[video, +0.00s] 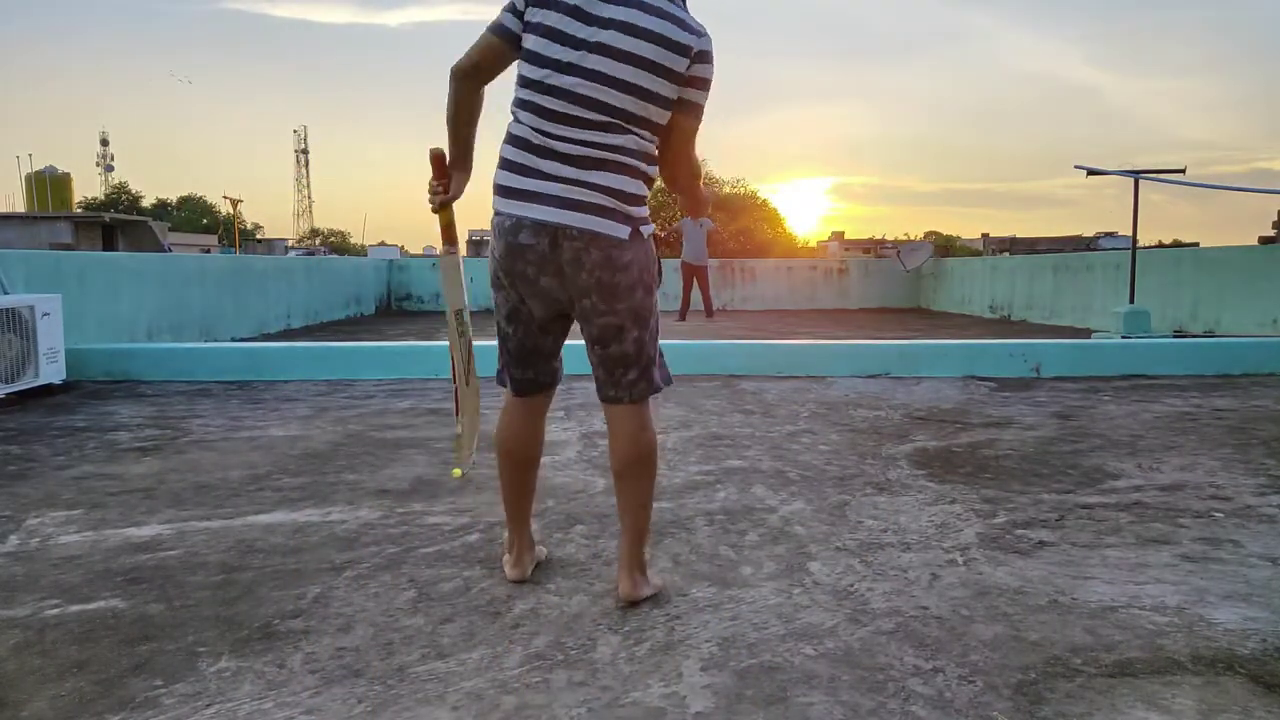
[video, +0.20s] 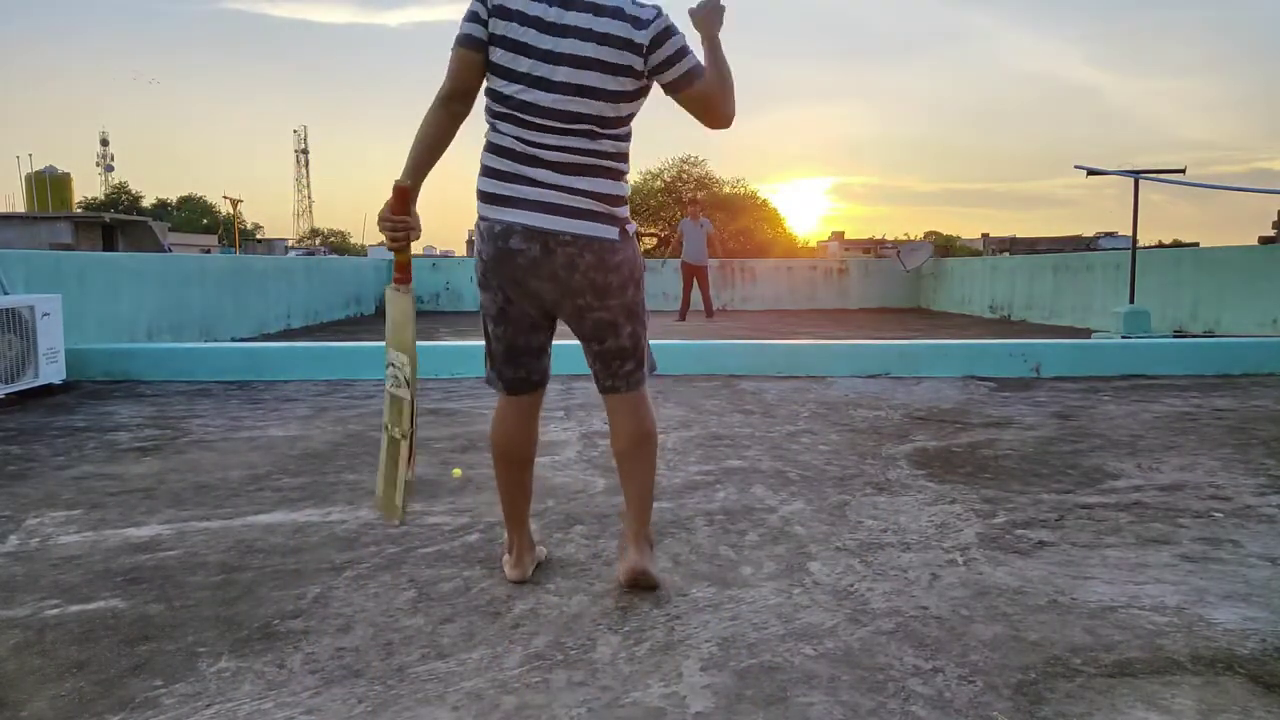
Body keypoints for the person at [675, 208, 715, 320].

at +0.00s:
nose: (693, 212)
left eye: (696, 209)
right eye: (691, 209)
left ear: (701, 209)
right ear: (687, 209)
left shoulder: (705, 222)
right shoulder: (684, 222)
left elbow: (716, 233)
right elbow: (672, 229)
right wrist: (664, 232)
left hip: (701, 260)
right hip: (687, 260)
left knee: (705, 290)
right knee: (686, 290)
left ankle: (710, 314)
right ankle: (682, 316)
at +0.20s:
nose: (693, 210)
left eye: (695, 207)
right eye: (691, 207)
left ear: (699, 208)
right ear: (688, 209)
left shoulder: (705, 223)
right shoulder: (684, 223)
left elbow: (714, 240)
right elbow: (677, 240)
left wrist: (720, 257)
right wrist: (667, 256)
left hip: (701, 262)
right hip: (687, 261)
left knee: (705, 291)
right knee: (686, 290)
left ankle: (710, 315)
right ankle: (682, 315)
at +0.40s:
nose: (693, 209)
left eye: (695, 206)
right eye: (691, 206)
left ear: (699, 208)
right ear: (687, 209)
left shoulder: (705, 222)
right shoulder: (683, 223)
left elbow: (709, 235)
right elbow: (681, 235)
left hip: (702, 261)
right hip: (687, 260)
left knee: (705, 291)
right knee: (686, 290)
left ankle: (709, 315)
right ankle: (682, 315)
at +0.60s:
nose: (693, 208)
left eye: (695, 205)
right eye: (690, 206)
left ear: (700, 207)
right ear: (687, 208)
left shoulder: (705, 222)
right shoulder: (683, 223)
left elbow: (707, 235)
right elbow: (682, 236)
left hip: (702, 261)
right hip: (687, 260)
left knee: (705, 291)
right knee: (686, 290)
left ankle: (709, 314)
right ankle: (682, 315)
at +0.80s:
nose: (691, 210)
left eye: (693, 207)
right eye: (689, 207)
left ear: (698, 209)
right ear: (685, 210)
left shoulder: (704, 222)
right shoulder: (683, 223)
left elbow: (712, 240)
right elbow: (678, 241)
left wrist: (719, 256)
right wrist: (672, 257)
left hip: (702, 262)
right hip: (688, 261)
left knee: (705, 291)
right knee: (686, 291)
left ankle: (709, 315)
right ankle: (682, 315)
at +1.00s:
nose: (691, 210)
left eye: (693, 207)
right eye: (689, 207)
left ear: (697, 209)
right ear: (685, 210)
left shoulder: (704, 223)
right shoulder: (682, 223)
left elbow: (711, 237)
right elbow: (675, 238)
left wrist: (714, 247)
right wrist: (666, 245)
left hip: (702, 261)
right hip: (688, 260)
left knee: (706, 291)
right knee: (686, 290)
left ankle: (709, 315)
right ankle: (682, 315)